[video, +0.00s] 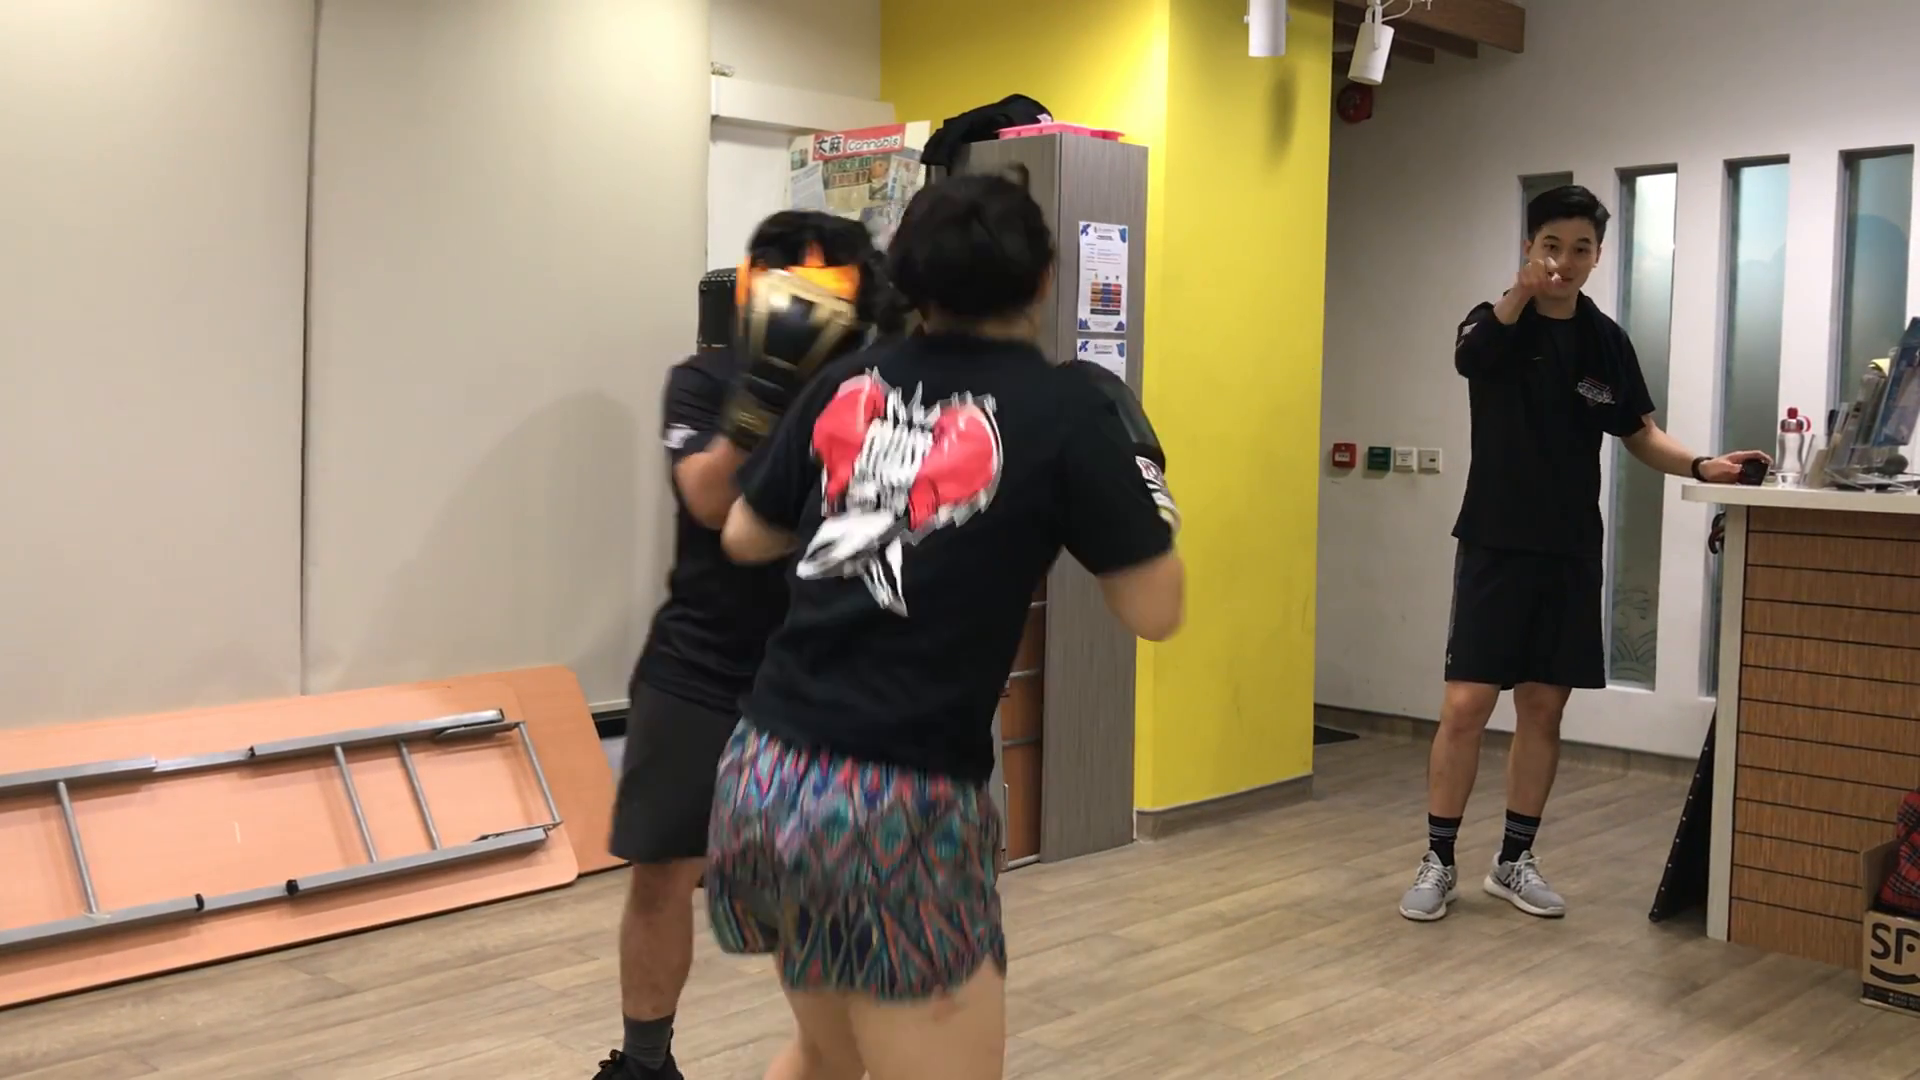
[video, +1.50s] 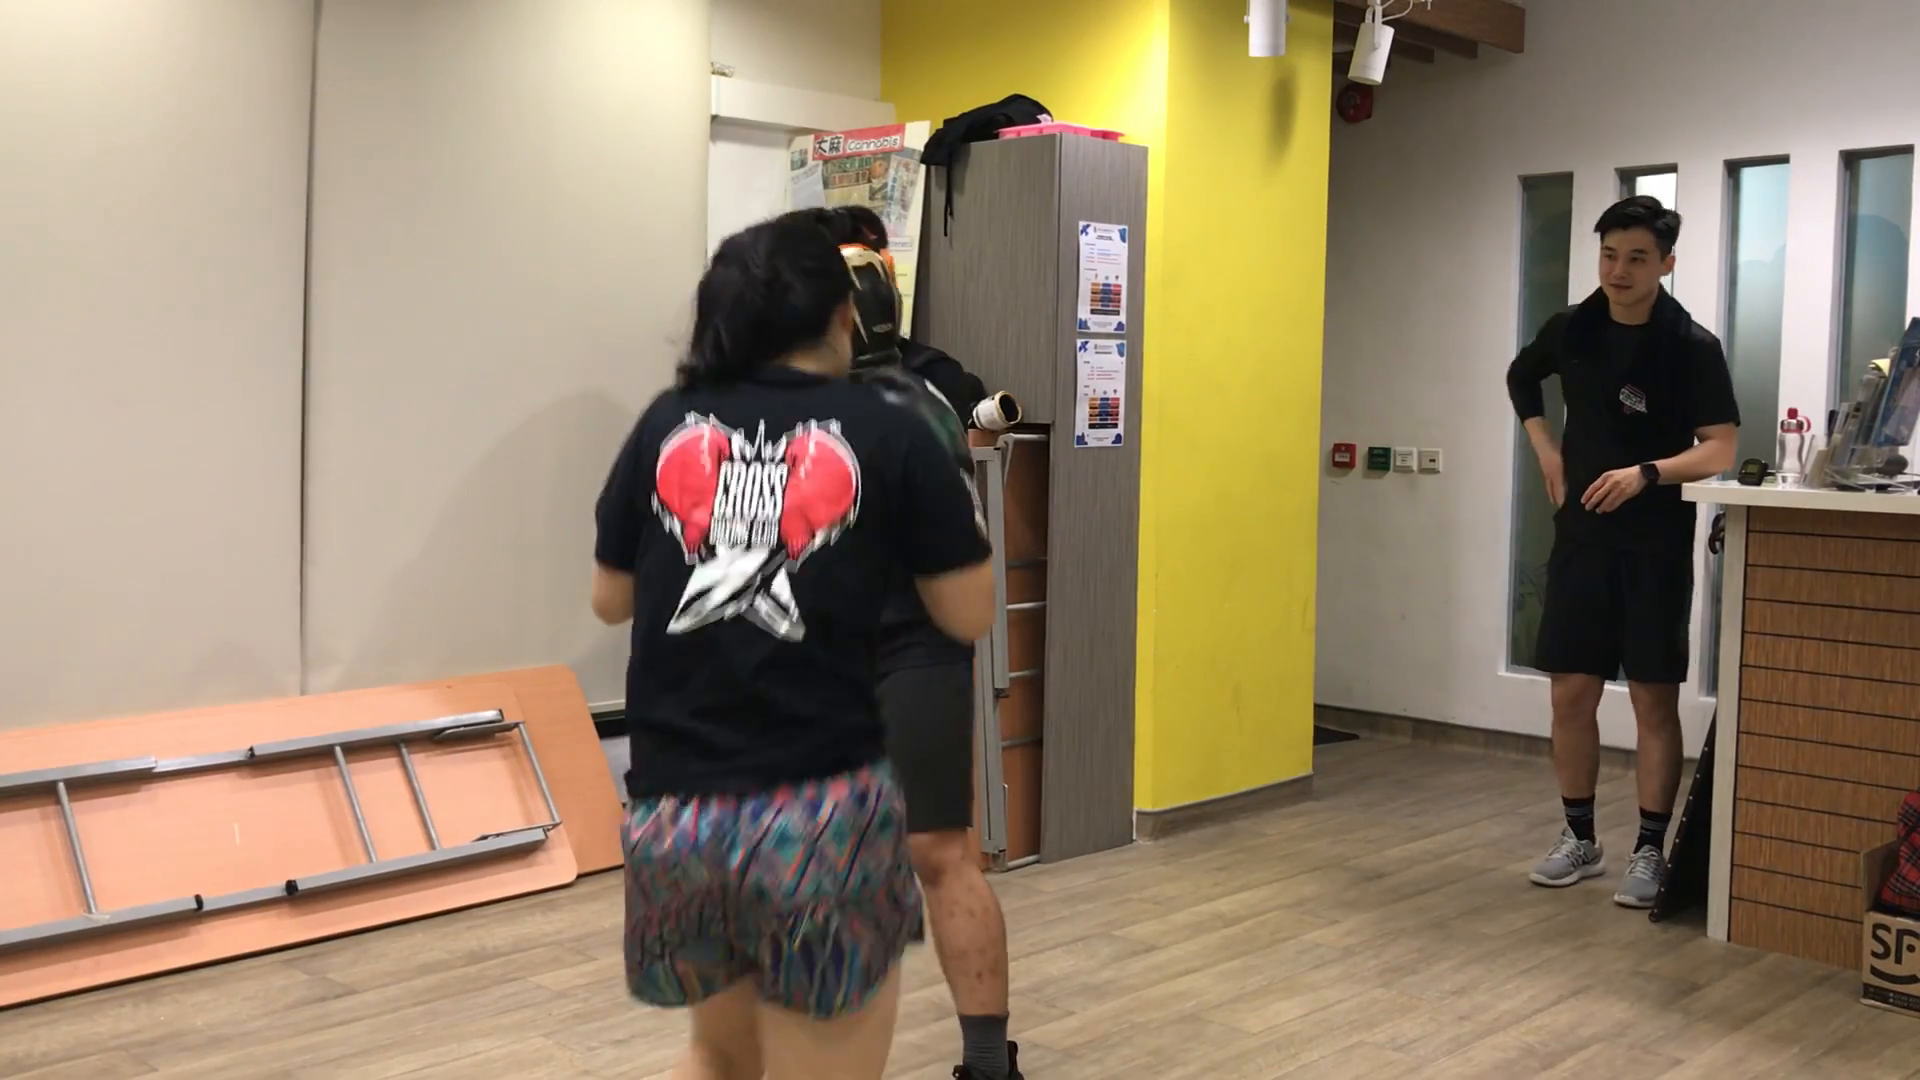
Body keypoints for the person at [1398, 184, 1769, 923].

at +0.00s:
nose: (1564, 262)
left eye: (1580, 251)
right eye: (1552, 246)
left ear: (1598, 259)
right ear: (1528, 249)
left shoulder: (1604, 339)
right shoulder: (1491, 321)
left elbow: (1642, 435)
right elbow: (1474, 355)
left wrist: (1703, 465)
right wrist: (1522, 292)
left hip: (1570, 549)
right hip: (1493, 541)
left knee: (1542, 709)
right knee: (1464, 708)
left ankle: (1513, 861)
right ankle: (1437, 863)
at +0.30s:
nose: (1577, 256)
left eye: (1593, 244)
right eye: (1565, 241)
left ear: (1613, 254)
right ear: (1543, 247)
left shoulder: (1626, 343)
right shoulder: (1502, 335)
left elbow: (1646, 439)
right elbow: (1451, 431)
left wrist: (1665, 453)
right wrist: (1505, 457)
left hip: (1577, 548)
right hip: (1499, 542)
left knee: (1545, 705)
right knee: (1468, 699)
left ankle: (1515, 861)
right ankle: (1434, 859)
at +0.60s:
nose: (1571, 259)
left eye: (1588, 248)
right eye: (1560, 245)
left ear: (1612, 258)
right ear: (1544, 251)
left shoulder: (1641, 346)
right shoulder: (1509, 337)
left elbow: (1675, 437)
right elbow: (1466, 424)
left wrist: (1651, 459)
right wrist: (1468, 491)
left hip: (1588, 550)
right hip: (1508, 540)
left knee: (1554, 706)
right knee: (1482, 700)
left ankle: (1519, 857)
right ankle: (1528, 798)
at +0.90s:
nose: (1565, 273)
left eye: (1581, 261)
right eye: (1556, 260)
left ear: (1610, 267)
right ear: (1543, 263)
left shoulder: (1642, 349)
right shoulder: (1519, 344)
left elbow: (1685, 440)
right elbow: (1479, 431)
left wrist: (1643, 470)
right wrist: (1477, 481)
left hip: (1602, 542)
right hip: (1531, 537)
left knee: (1572, 691)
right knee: (1540, 693)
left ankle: (1566, 847)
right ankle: (1576, 837)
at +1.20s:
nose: (1584, 268)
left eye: (1601, 256)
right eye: (1575, 255)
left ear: (1629, 262)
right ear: (1562, 259)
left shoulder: (1661, 344)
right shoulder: (1538, 340)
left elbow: (1700, 441)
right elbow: (1491, 419)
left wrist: (1638, 469)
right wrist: (1495, 480)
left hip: (1623, 539)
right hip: (1550, 535)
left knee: (1619, 699)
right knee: (1559, 692)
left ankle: (1647, 851)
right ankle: (1576, 841)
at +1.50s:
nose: (1618, 269)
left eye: (1635, 257)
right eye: (1609, 255)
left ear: (1665, 263)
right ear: (1597, 256)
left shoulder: (1695, 348)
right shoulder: (1570, 330)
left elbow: (1720, 450)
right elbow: (1521, 374)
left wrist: (1646, 472)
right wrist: (1546, 451)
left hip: (1657, 539)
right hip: (1581, 533)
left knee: (1652, 698)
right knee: (1571, 694)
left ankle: (1650, 851)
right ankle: (1578, 839)